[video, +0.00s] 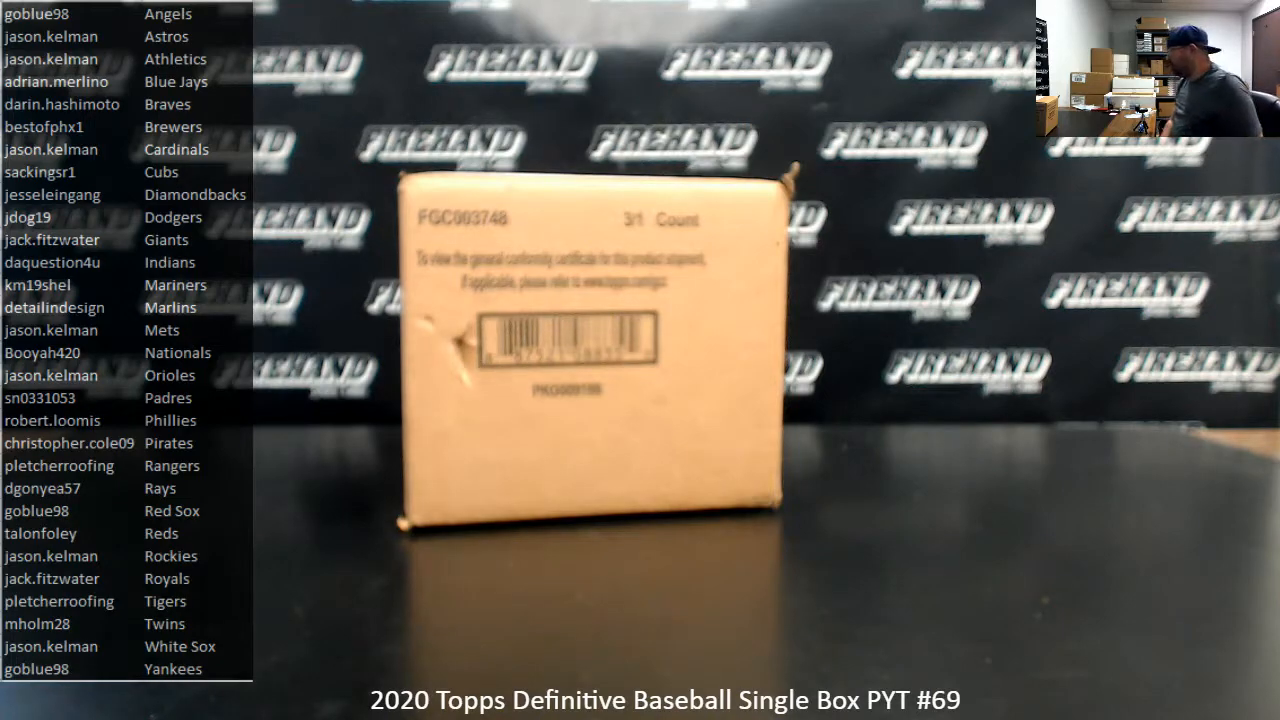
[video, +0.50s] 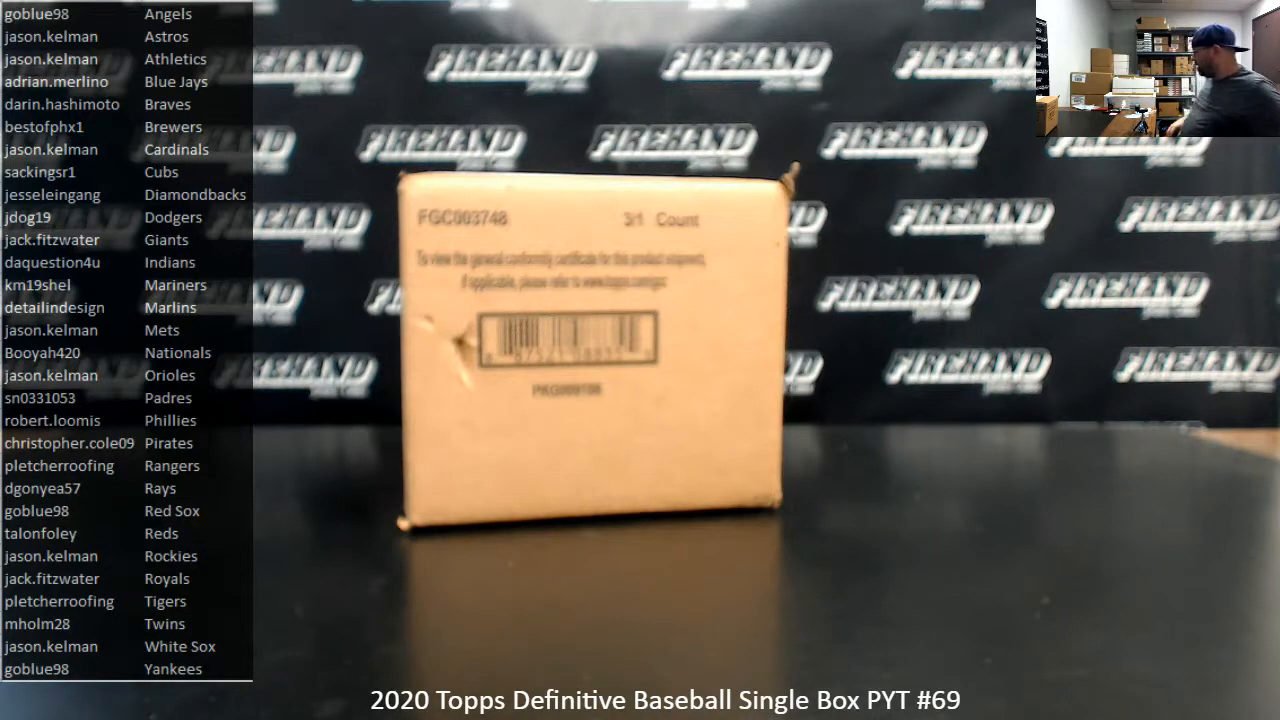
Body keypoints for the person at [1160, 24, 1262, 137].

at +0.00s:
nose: (1168, 58)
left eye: (1171, 51)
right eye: (1169, 51)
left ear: (1192, 49)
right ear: (1192, 49)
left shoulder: (1227, 85)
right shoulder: (1186, 82)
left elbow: (1253, 141)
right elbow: (1174, 121)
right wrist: (1161, 150)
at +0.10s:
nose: (1171, 58)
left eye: (1174, 51)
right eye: (1171, 52)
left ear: (1195, 48)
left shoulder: (1230, 85)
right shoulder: (1189, 82)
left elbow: (1257, 143)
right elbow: (1178, 120)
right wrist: (1162, 149)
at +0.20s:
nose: (1177, 58)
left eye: (1180, 51)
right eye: (1177, 52)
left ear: (1200, 48)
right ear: (1201, 49)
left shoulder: (1236, 85)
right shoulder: (1193, 82)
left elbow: (1267, 143)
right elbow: (1181, 126)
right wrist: (1161, 148)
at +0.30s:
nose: (1181, 58)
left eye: (1184, 52)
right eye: (1181, 53)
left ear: (1205, 49)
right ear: (1204, 49)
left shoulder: (1242, 85)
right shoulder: (1199, 84)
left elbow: (1273, 139)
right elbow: (1187, 122)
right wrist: (1162, 143)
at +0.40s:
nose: (1186, 58)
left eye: (1189, 51)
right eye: (1186, 52)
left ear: (1209, 50)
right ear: (1209, 50)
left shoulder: (1247, 86)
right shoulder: (1202, 82)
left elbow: (1277, 130)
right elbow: (1195, 116)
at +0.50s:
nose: (1193, 59)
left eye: (1196, 52)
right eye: (1193, 53)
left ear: (1215, 51)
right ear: (1216, 51)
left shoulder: (1257, 89)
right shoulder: (1212, 82)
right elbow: (1202, 113)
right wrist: (1182, 122)